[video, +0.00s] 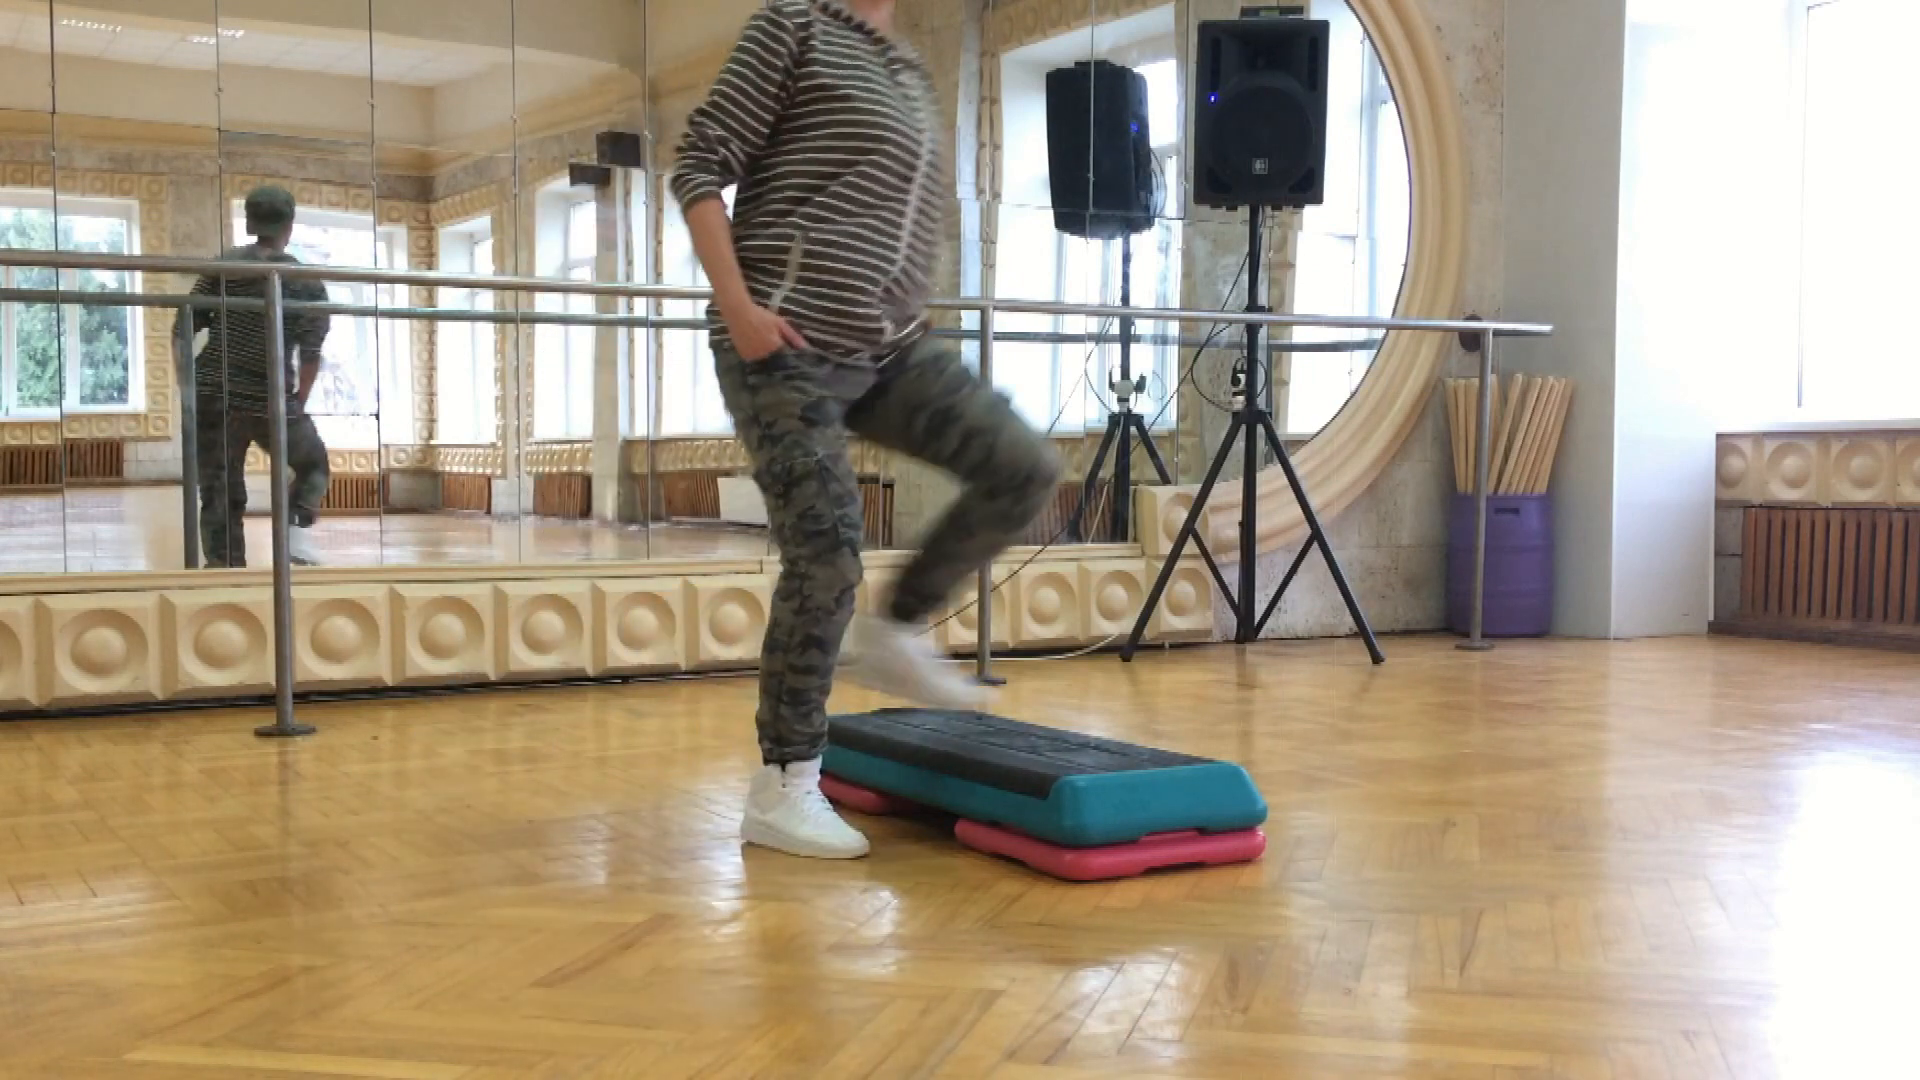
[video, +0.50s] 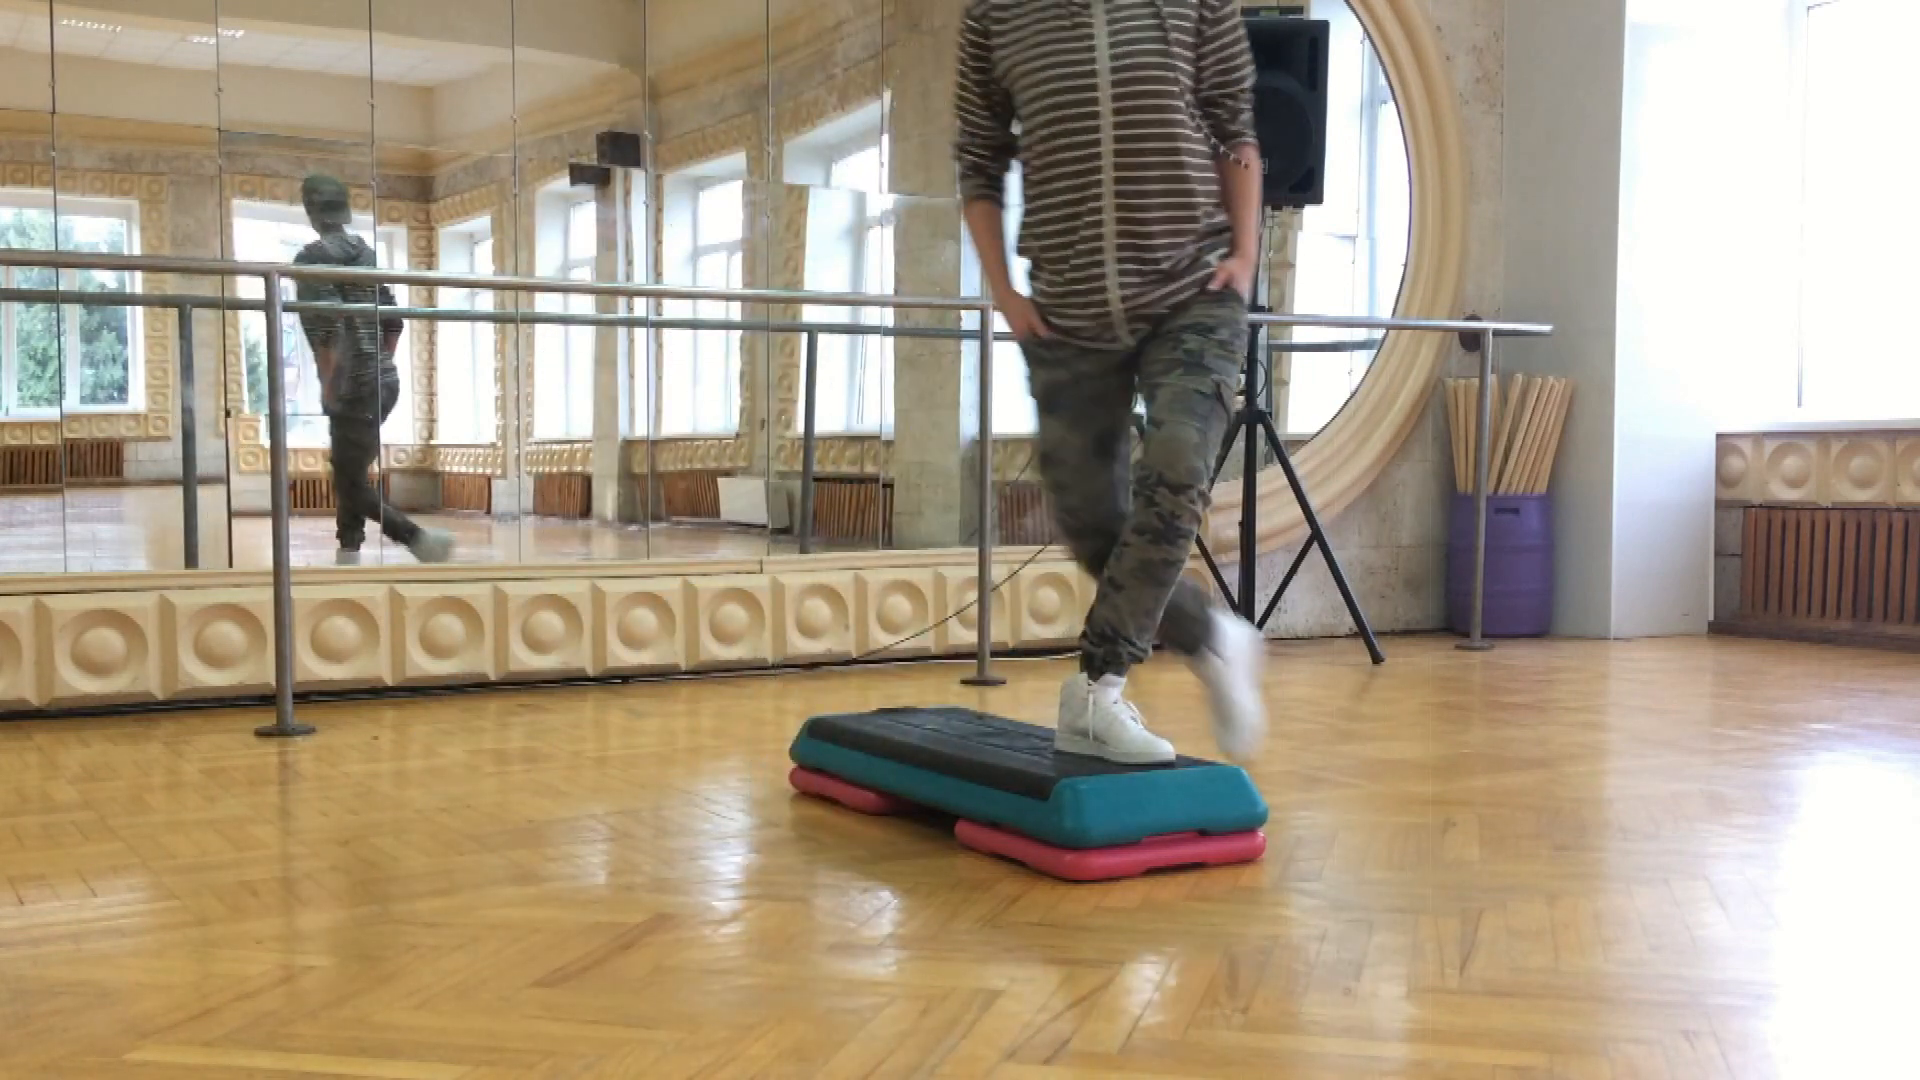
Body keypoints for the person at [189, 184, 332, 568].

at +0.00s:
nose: (284, 230)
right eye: (288, 223)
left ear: (248, 223)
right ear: (289, 226)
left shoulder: (222, 266)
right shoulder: (304, 278)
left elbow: (182, 328)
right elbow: (312, 350)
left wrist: (188, 382)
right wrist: (300, 398)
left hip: (214, 396)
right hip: (269, 398)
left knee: (221, 492)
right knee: (313, 465)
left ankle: (225, 581)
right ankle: (297, 532)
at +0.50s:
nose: (313, 214)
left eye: (308, 207)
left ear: (309, 210)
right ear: (347, 209)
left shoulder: (310, 259)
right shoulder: (365, 253)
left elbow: (323, 325)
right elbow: (393, 317)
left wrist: (327, 382)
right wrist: (381, 363)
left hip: (352, 380)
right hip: (385, 378)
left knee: (352, 481)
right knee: (349, 471)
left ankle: (420, 540)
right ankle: (349, 557)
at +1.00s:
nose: (366, 248)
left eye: (360, 242)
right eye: (369, 241)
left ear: (354, 245)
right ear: (384, 243)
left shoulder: (358, 293)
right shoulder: (409, 288)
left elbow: (367, 354)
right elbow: (441, 342)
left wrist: (376, 398)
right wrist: (428, 387)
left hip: (400, 407)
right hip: (432, 405)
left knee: (421, 501)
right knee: (400, 497)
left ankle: (474, 564)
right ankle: (400, 578)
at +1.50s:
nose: (372, 251)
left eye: (373, 244)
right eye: (365, 243)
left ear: (352, 247)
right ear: (344, 246)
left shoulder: (349, 285)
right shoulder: (334, 286)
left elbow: (334, 348)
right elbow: (315, 349)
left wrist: (359, 389)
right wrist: (353, 396)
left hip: (332, 403)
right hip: (335, 403)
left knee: (336, 495)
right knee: (388, 482)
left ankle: (294, 562)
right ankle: (394, 565)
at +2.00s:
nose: (306, 242)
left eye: (313, 234)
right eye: (298, 234)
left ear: (322, 238)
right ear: (283, 239)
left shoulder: (343, 288)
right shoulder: (263, 283)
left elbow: (353, 348)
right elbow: (244, 340)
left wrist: (352, 396)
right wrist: (249, 397)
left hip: (331, 406)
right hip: (280, 409)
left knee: (350, 469)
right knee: (290, 497)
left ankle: (325, 529)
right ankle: (298, 575)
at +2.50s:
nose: (310, 220)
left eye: (316, 214)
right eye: (300, 214)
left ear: (326, 222)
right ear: (284, 223)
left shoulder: (349, 273)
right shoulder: (266, 271)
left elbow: (369, 336)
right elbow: (244, 326)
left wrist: (363, 386)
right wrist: (257, 376)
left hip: (343, 394)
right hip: (289, 395)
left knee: (362, 467)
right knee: (253, 477)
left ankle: (329, 546)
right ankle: (210, 553)